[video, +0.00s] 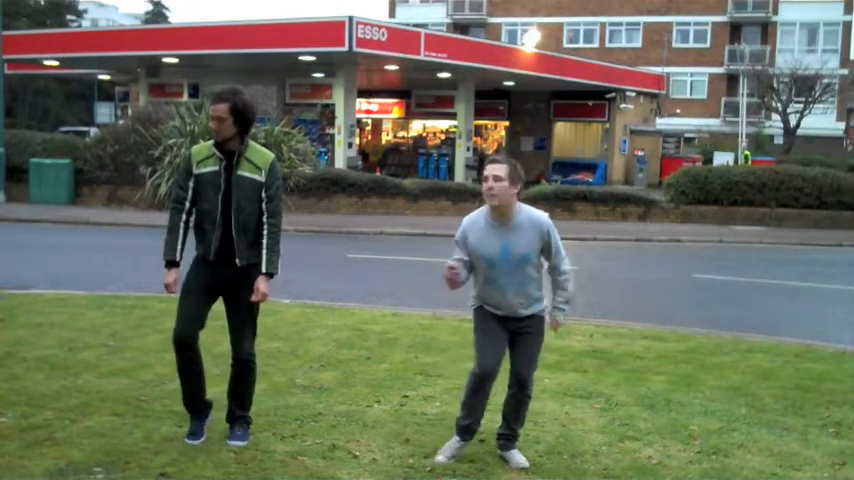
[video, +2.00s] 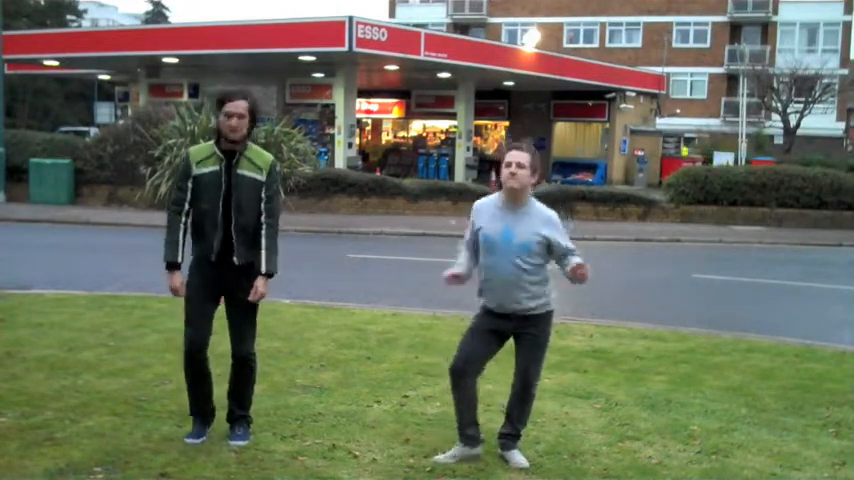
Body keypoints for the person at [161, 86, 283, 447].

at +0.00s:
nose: (212, 125)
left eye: (220, 119)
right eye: (211, 118)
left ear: (241, 122)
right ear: (210, 119)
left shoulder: (266, 164)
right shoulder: (196, 158)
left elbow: (273, 222)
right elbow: (179, 211)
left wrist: (266, 274)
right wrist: (172, 263)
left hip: (245, 271)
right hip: (204, 266)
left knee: (244, 351)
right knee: (183, 335)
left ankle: (240, 419)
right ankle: (198, 412)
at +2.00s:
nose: (235, 122)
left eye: (242, 117)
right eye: (229, 116)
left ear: (251, 123)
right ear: (218, 119)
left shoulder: (266, 165)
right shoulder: (194, 159)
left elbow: (270, 222)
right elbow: (176, 213)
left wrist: (265, 273)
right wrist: (173, 266)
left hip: (245, 270)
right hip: (203, 268)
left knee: (243, 352)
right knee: (193, 346)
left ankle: (240, 420)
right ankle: (201, 418)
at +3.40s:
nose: (242, 116)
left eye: (245, 110)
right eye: (234, 110)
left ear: (248, 115)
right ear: (214, 115)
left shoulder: (260, 158)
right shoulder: (188, 156)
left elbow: (266, 214)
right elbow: (168, 211)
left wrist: (262, 264)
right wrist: (174, 263)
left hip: (245, 268)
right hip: (205, 267)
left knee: (243, 348)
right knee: (206, 347)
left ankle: (240, 420)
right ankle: (205, 418)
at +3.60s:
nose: (250, 127)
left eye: (253, 121)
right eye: (242, 120)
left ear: (257, 126)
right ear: (224, 124)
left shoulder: (269, 171)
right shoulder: (199, 166)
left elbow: (273, 228)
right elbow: (185, 221)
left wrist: (261, 279)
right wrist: (187, 274)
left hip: (247, 274)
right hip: (205, 272)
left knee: (244, 353)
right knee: (193, 337)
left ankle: (239, 421)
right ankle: (204, 400)